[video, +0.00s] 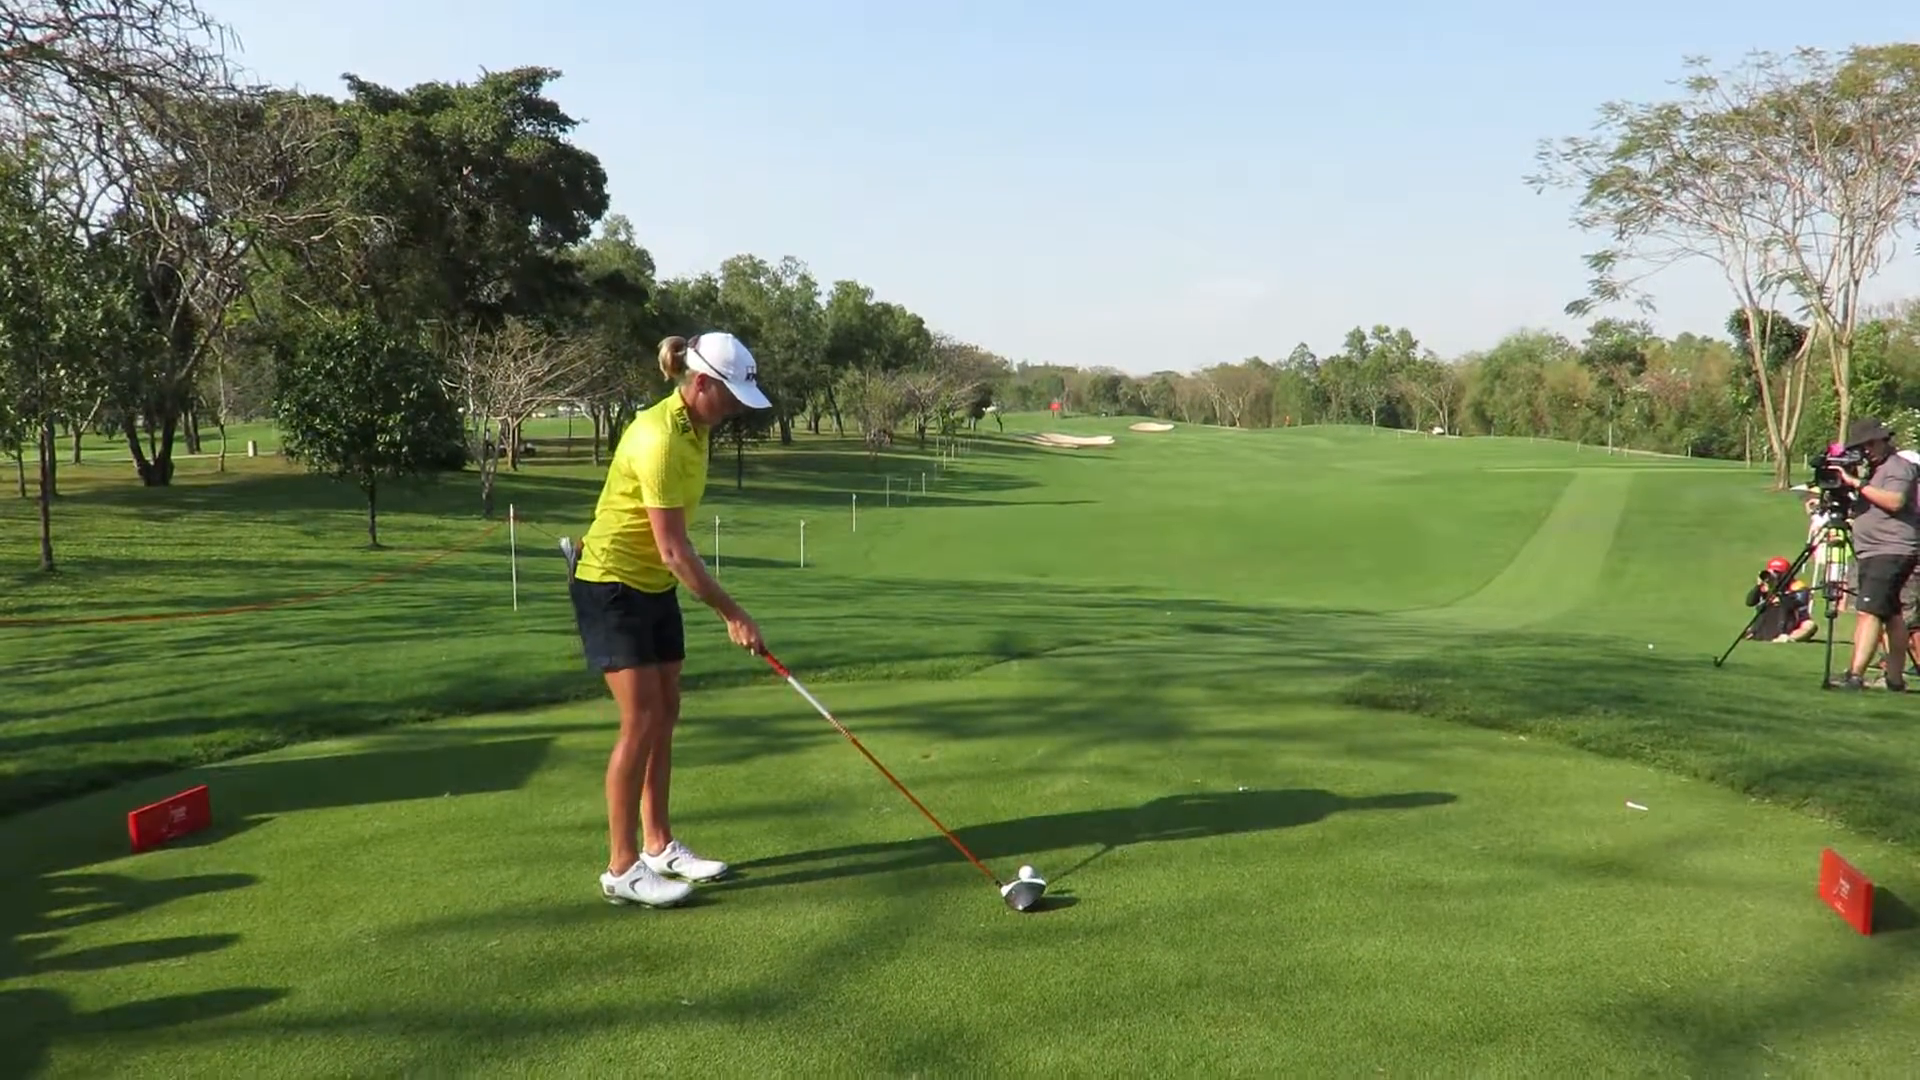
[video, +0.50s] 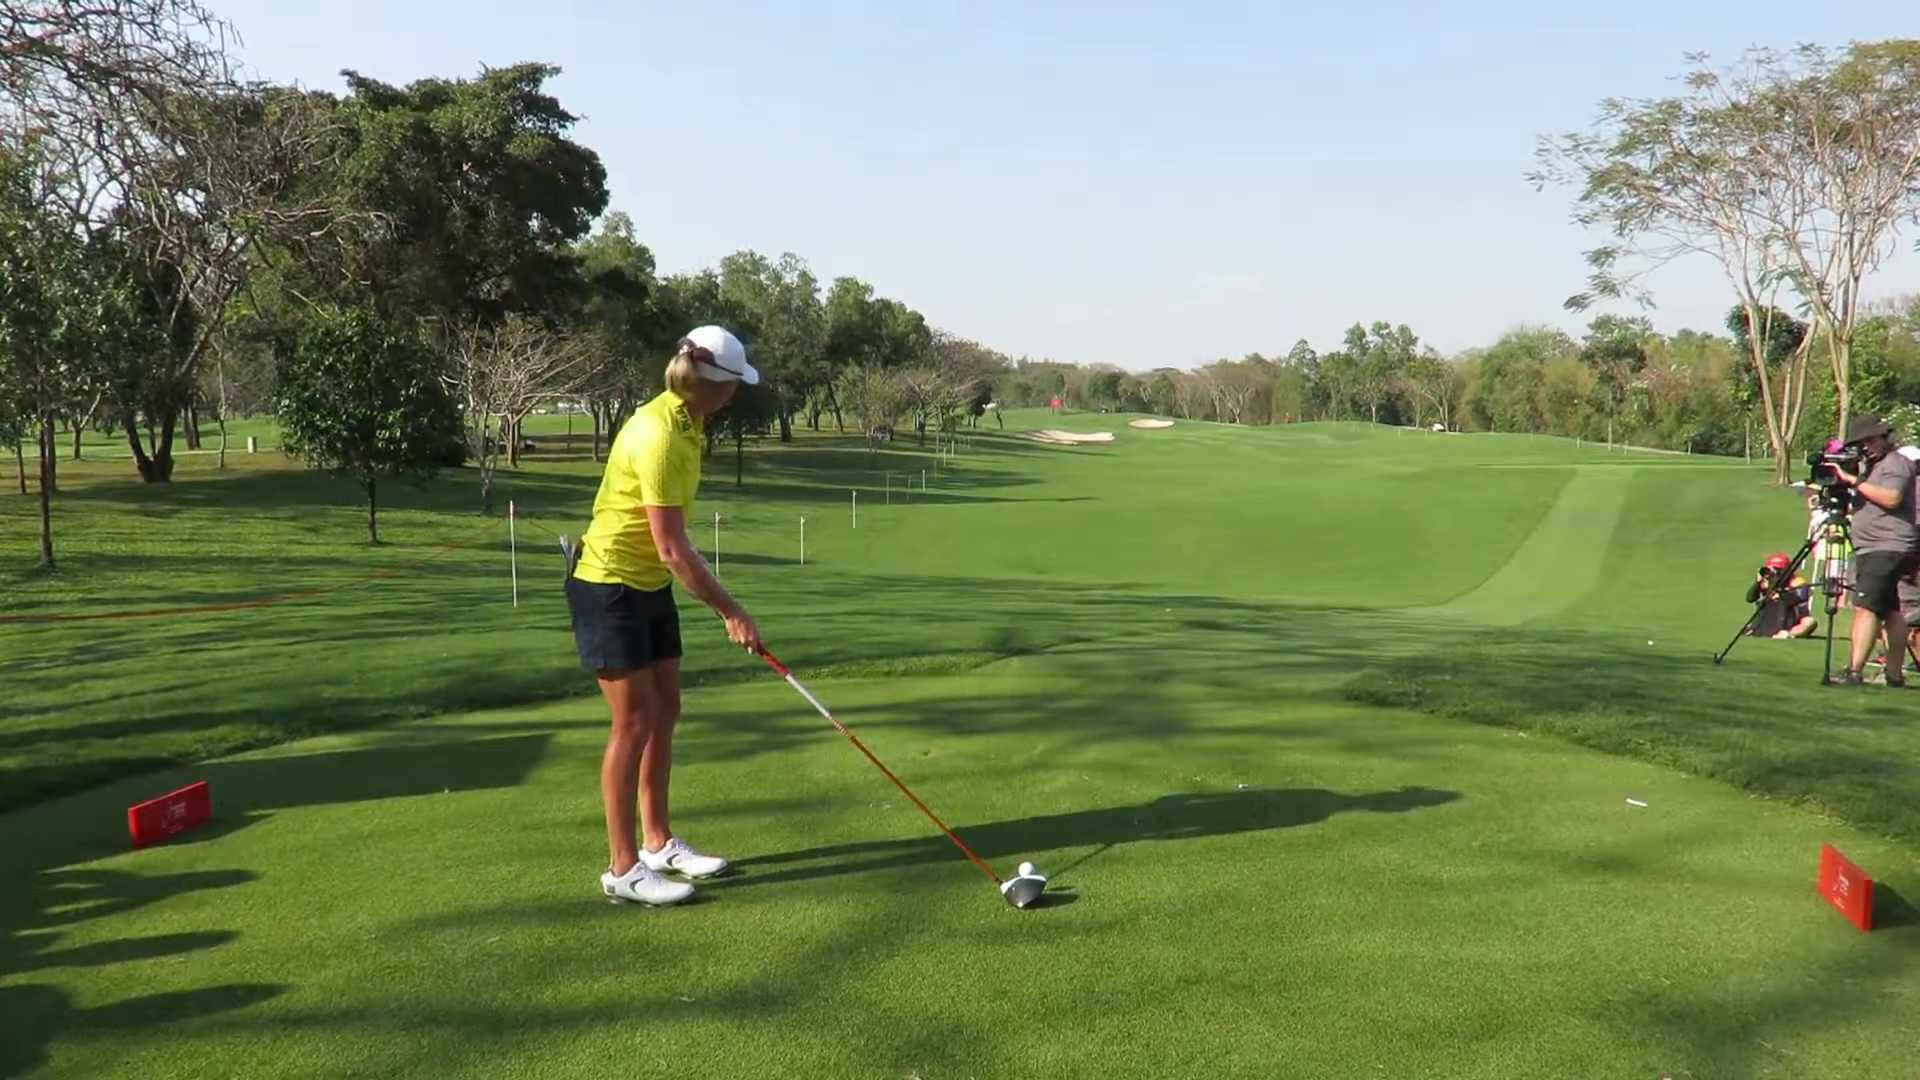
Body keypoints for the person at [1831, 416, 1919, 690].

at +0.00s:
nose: (1866, 452)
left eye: (1870, 445)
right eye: (1863, 447)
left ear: (1884, 442)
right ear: (1863, 448)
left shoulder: (1898, 467)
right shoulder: (1877, 470)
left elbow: (1894, 502)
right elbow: (1868, 504)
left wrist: (1857, 485)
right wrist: (1846, 482)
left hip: (1892, 551)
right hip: (1874, 551)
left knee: (1869, 610)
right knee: (1892, 616)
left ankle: (1854, 675)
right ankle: (1895, 678)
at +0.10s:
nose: (1866, 451)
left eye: (1869, 445)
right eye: (1863, 447)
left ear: (1884, 440)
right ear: (1865, 447)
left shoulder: (1897, 465)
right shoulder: (1879, 468)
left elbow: (1894, 500)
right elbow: (1870, 502)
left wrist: (1857, 483)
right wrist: (1847, 481)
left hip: (1890, 550)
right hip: (1875, 550)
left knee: (1868, 608)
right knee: (1892, 615)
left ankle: (1854, 673)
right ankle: (1895, 676)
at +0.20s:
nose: (1866, 449)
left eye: (1869, 442)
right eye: (1863, 444)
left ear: (1884, 438)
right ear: (1865, 445)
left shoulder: (1897, 463)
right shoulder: (1880, 466)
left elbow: (1893, 498)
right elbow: (1872, 498)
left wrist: (1857, 482)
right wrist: (1848, 480)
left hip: (1890, 547)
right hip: (1877, 547)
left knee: (1867, 606)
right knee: (1892, 613)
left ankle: (1854, 671)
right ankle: (1895, 674)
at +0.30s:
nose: (1866, 448)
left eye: (1870, 441)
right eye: (1862, 443)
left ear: (1884, 438)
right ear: (1862, 445)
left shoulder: (1896, 463)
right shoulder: (1877, 466)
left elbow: (1892, 498)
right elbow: (1868, 498)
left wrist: (1856, 481)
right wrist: (1845, 479)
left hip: (1889, 547)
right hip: (1874, 547)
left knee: (1866, 606)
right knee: (1892, 613)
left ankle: (1854, 670)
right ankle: (1894, 673)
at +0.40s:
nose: (1866, 449)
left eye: (1870, 442)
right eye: (1862, 444)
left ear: (1885, 438)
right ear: (1861, 445)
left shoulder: (1896, 463)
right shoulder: (1877, 467)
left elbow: (1891, 498)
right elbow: (1867, 498)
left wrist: (1854, 482)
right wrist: (1843, 479)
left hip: (1889, 547)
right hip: (1874, 547)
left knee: (1866, 606)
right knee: (1891, 613)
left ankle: (1853, 671)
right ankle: (1894, 674)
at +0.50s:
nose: (1865, 449)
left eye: (1870, 442)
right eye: (1862, 444)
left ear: (1885, 438)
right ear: (1860, 445)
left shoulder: (1896, 463)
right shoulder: (1876, 467)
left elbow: (1891, 498)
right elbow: (1866, 499)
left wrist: (1854, 481)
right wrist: (1843, 479)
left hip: (1888, 547)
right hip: (1874, 547)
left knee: (1866, 606)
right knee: (1891, 612)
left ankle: (1853, 671)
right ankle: (1894, 674)